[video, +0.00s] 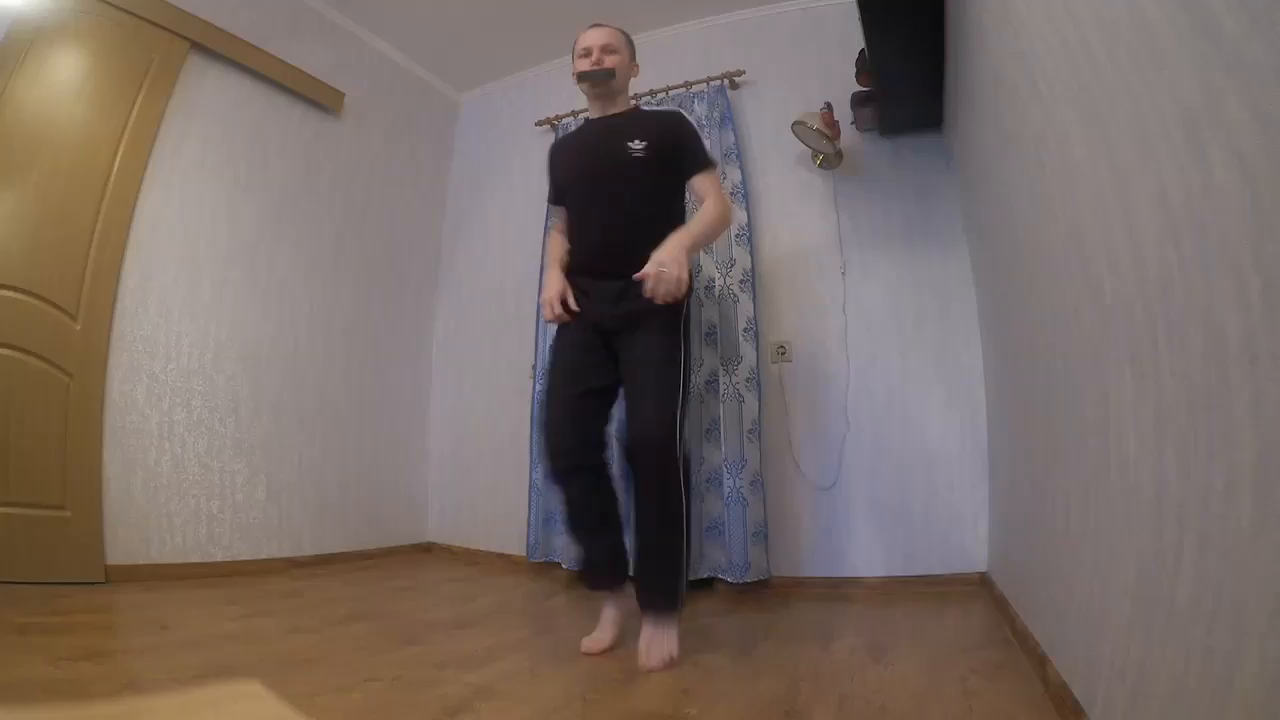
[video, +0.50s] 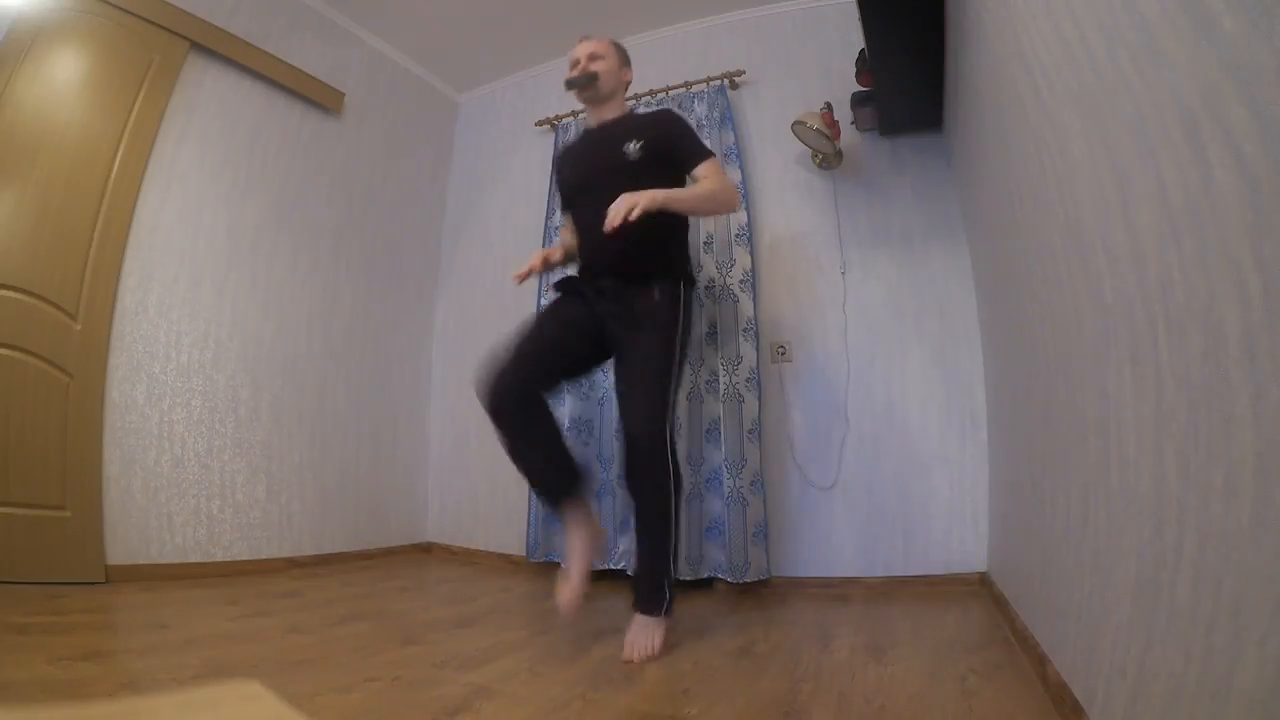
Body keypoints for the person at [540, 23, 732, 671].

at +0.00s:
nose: (594, 59)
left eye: (607, 51)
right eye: (583, 53)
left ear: (633, 67)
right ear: (574, 71)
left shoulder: (668, 127)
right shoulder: (564, 148)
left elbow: (718, 206)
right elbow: (559, 227)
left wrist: (680, 245)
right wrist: (553, 271)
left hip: (653, 311)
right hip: (585, 314)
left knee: (652, 444)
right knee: (568, 448)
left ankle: (660, 607)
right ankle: (614, 592)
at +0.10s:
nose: (596, 75)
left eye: (609, 65)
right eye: (585, 69)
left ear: (636, 82)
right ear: (574, 88)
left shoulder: (670, 151)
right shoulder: (558, 162)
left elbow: (712, 233)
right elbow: (529, 242)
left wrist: (682, 268)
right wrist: (530, 289)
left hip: (650, 313)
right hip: (582, 321)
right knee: (596, 458)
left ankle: (654, 532)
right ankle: (624, 605)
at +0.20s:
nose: (588, 67)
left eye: (602, 57)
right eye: (579, 61)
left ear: (631, 73)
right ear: (570, 80)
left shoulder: (667, 140)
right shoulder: (558, 153)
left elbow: (718, 209)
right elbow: (533, 223)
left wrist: (683, 234)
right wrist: (523, 241)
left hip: (654, 285)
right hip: (587, 298)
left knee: (632, 349)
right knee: (592, 445)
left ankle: (643, 535)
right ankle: (615, 598)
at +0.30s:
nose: (575, 58)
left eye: (589, 50)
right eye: (567, 55)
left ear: (621, 68)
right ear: (564, 77)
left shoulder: (657, 118)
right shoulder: (564, 150)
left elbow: (731, 184)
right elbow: (560, 226)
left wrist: (677, 220)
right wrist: (543, 234)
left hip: (665, 281)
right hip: (598, 288)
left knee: (637, 403)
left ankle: (655, 582)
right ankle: (586, 523)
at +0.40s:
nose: (577, 76)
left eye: (593, 68)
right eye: (569, 73)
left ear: (625, 89)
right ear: (565, 100)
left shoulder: (656, 135)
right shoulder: (574, 176)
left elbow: (728, 193)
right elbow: (584, 254)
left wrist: (654, 224)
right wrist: (553, 275)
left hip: (659, 322)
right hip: (595, 311)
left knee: (656, 461)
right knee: (482, 319)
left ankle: (660, 609)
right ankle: (566, 455)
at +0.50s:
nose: (581, 63)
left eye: (596, 55)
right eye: (574, 60)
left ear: (627, 76)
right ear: (569, 85)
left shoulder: (662, 126)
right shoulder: (569, 156)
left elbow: (725, 195)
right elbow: (577, 232)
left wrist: (657, 197)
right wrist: (554, 253)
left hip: (655, 300)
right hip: (589, 300)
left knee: (644, 442)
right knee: (507, 389)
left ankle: (651, 604)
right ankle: (577, 513)